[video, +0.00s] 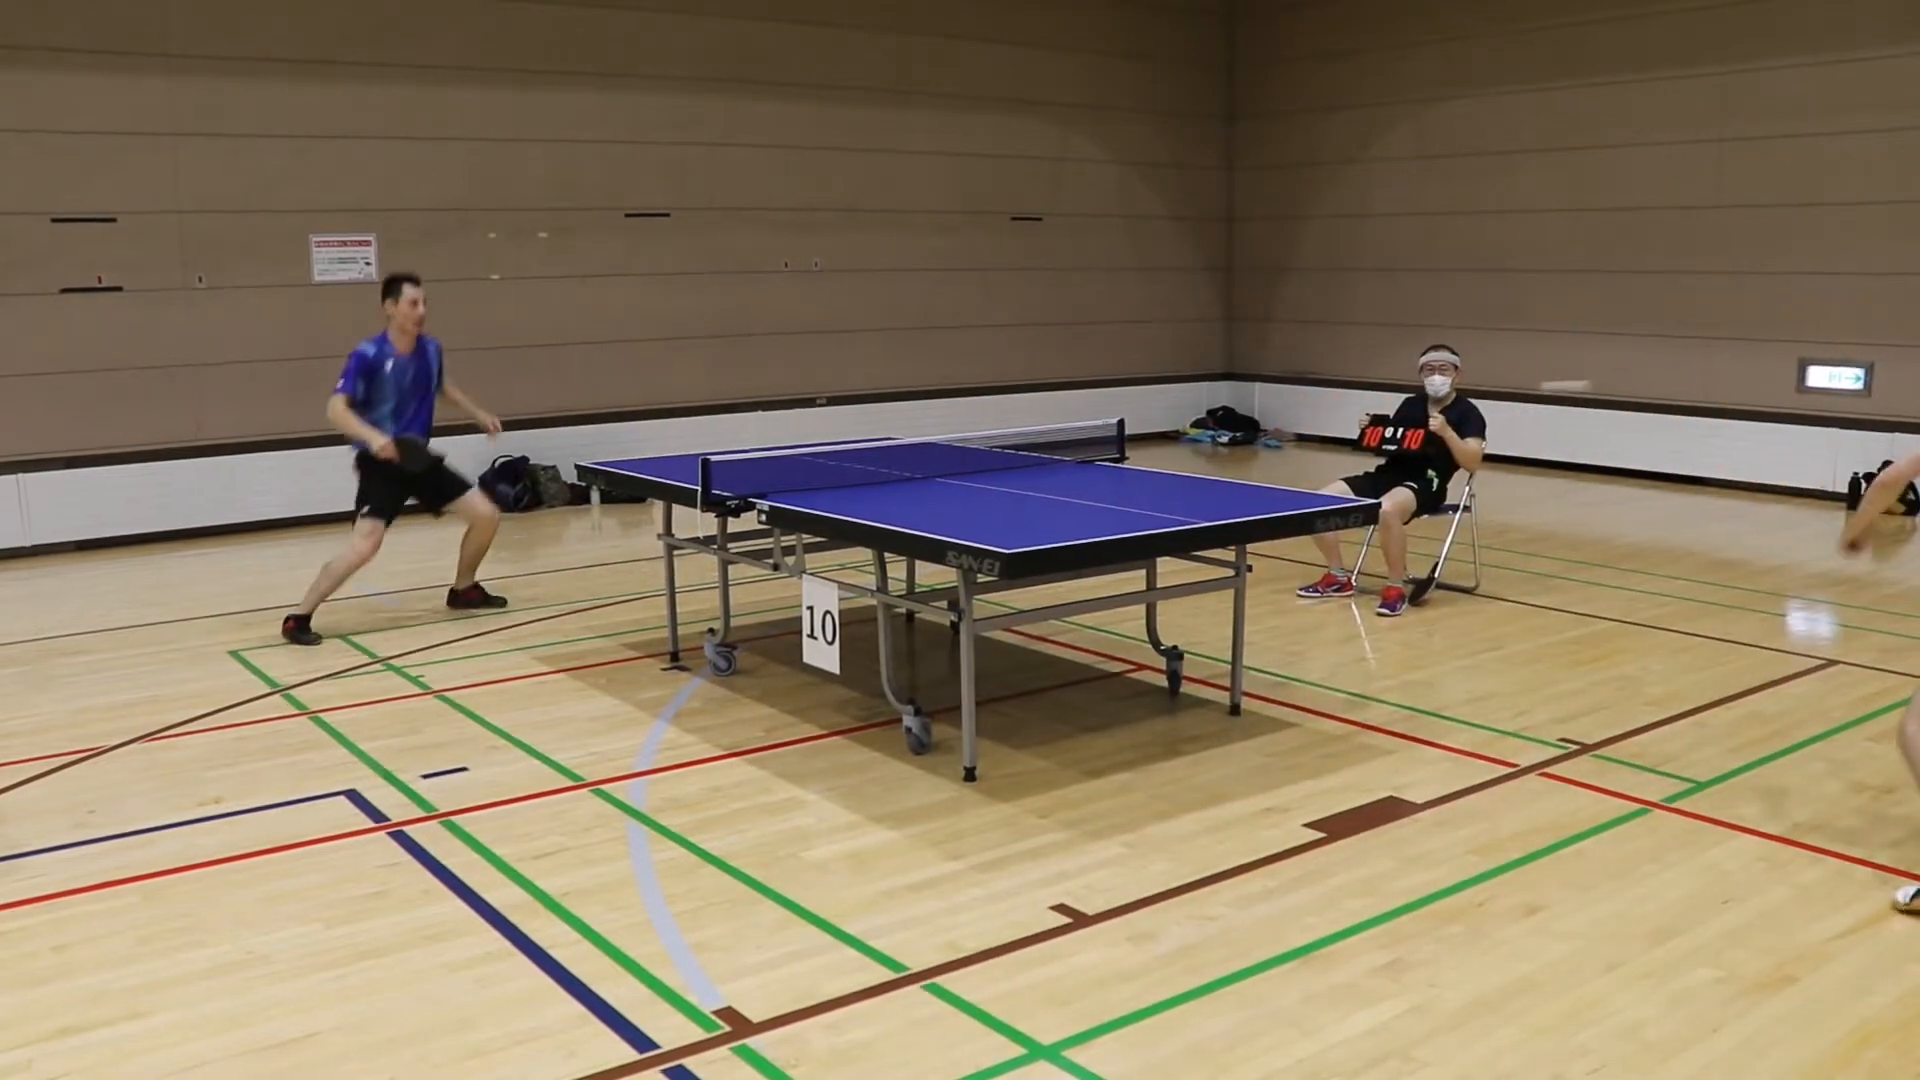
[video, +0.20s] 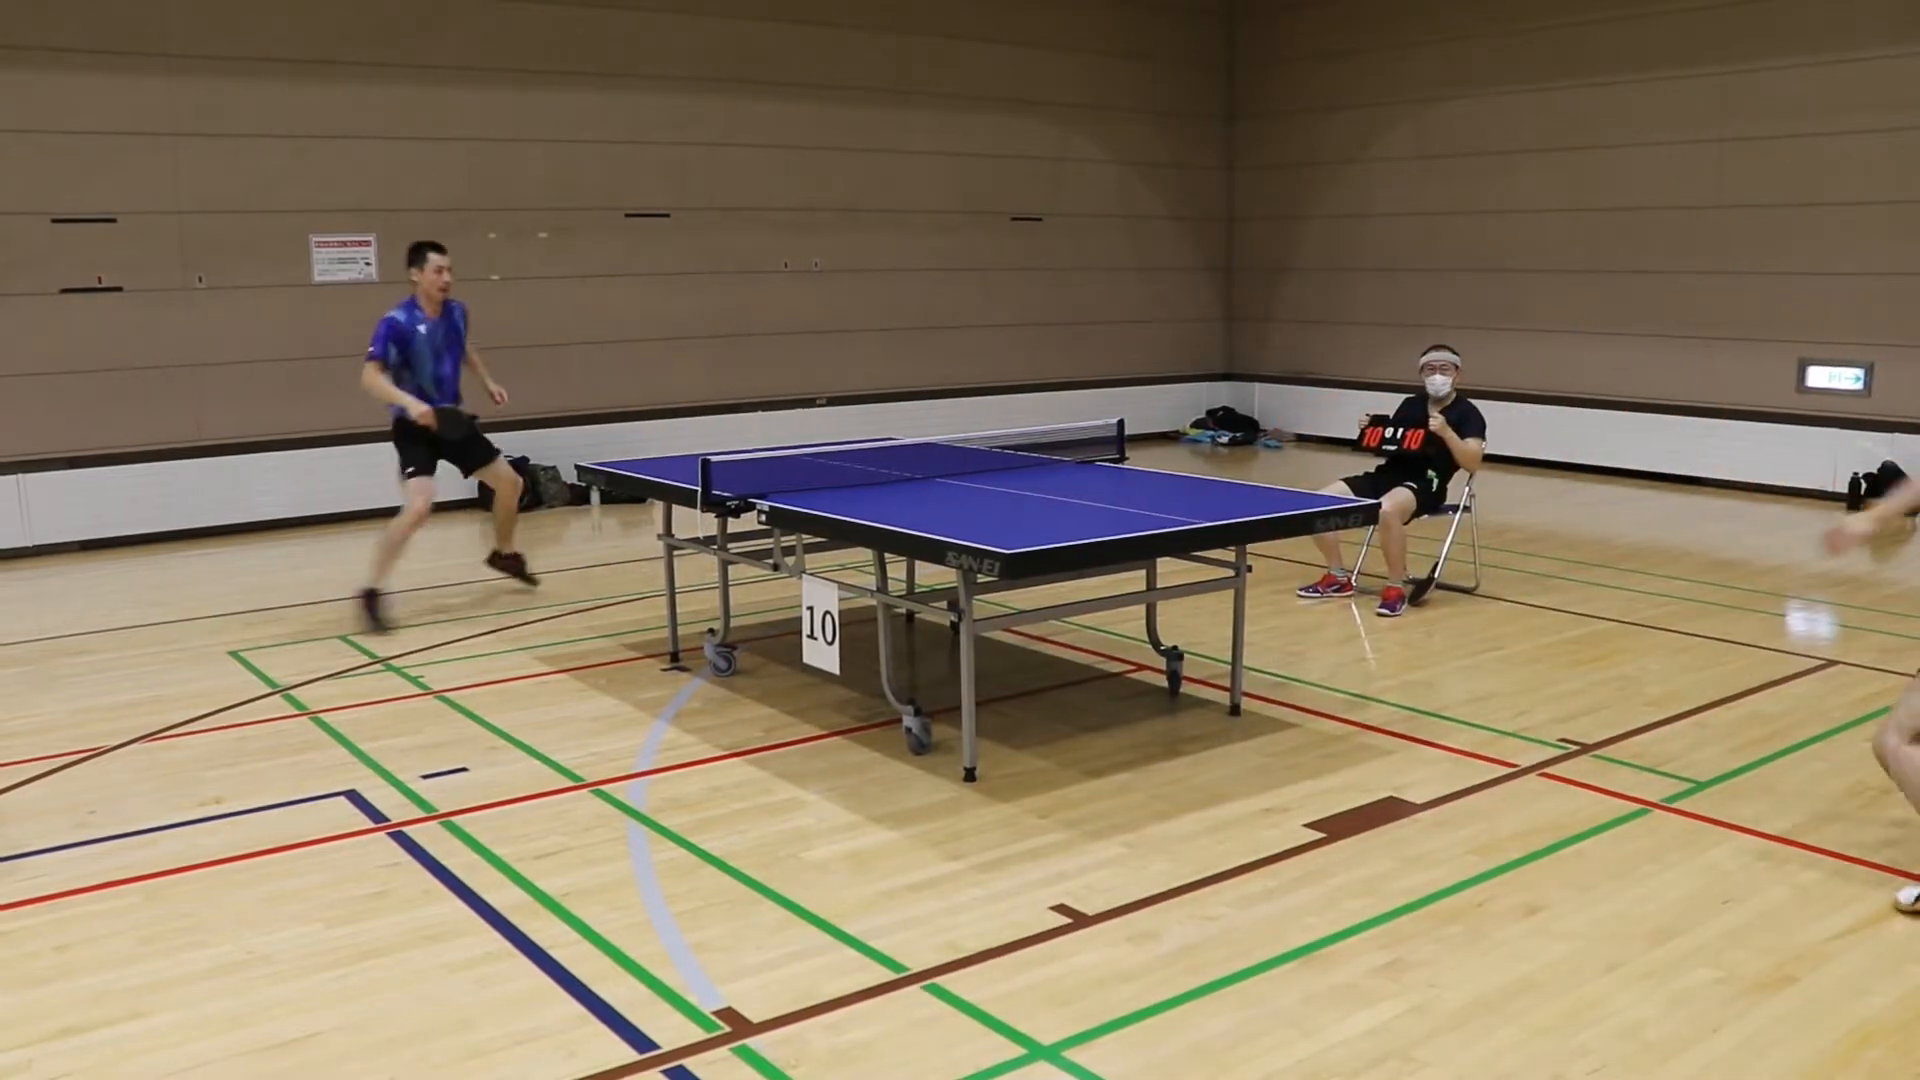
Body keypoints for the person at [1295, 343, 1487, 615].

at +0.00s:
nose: (1436, 375)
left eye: (1443, 370)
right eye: (1429, 369)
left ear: (1457, 376)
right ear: (1421, 375)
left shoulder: (1467, 413)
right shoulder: (1411, 404)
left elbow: (1472, 463)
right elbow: (1393, 439)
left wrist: (1447, 433)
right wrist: (1373, 427)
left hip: (1427, 482)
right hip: (1390, 474)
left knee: (1388, 510)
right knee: (1318, 503)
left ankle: (1395, 588)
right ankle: (1337, 576)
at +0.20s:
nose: (1437, 376)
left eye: (1445, 370)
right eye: (1430, 370)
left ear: (1457, 376)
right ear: (1422, 375)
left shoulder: (1467, 414)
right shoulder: (1411, 405)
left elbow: (1472, 463)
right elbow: (1393, 439)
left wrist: (1447, 433)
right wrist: (1373, 427)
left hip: (1427, 482)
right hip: (1390, 474)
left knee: (1388, 510)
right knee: (1318, 503)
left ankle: (1395, 588)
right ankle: (1337, 576)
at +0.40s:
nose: (1430, 375)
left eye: (1439, 369)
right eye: (1425, 369)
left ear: (1455, 376)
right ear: (1419, 374)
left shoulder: (1467, 414)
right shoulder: (1411, 404)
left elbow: (1472, 463)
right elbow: (1393, 439)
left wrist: (1447, 433)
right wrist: (1373, 426)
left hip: (1427, 482)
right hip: (1390, 474)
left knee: (1388, 510)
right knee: (1319, 502)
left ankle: (1395, 587)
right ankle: (1337, 576)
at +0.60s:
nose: (1422, 375)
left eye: (1429, 369)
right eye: (1419, 369)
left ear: (1449, 375)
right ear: (1414, 372)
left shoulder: (1466, 413)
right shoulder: (1412, 404)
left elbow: (1472, 462)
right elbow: (1393, 438)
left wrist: (1447, 433)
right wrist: (1373, 425)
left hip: (1427, 482)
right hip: (1390, 473)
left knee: (1388, 510)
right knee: (1318, 502)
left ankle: (1395, 587)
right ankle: (1337, 576)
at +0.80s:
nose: (1419, 376)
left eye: (1426, 370)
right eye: (1417, 369)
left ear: (1447, 376)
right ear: (1414, 372)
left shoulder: (1466, 413)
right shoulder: (1411, 404)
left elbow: (1472, 462)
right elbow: (1393, 439)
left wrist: (1447, 433)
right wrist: (1373, 426)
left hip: (1426, 482)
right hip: (1390, 474)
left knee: (1388, 510)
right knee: (1318, 503)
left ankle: (1394, 588)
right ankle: (1337, 576)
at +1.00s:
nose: (1426, 376)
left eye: (1434, 370)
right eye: (1422, 370)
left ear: (1452, 376)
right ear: (1416, 374)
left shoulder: (1466, 413)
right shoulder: (1411, 404)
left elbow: (1472, 463)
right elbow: (1393, 439)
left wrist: (1447, 433)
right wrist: (1373, 426)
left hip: (1426, 482)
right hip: (1390, 474)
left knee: (1388, 510)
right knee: (1318, 503)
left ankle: (1394, 588)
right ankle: (1337, 576)